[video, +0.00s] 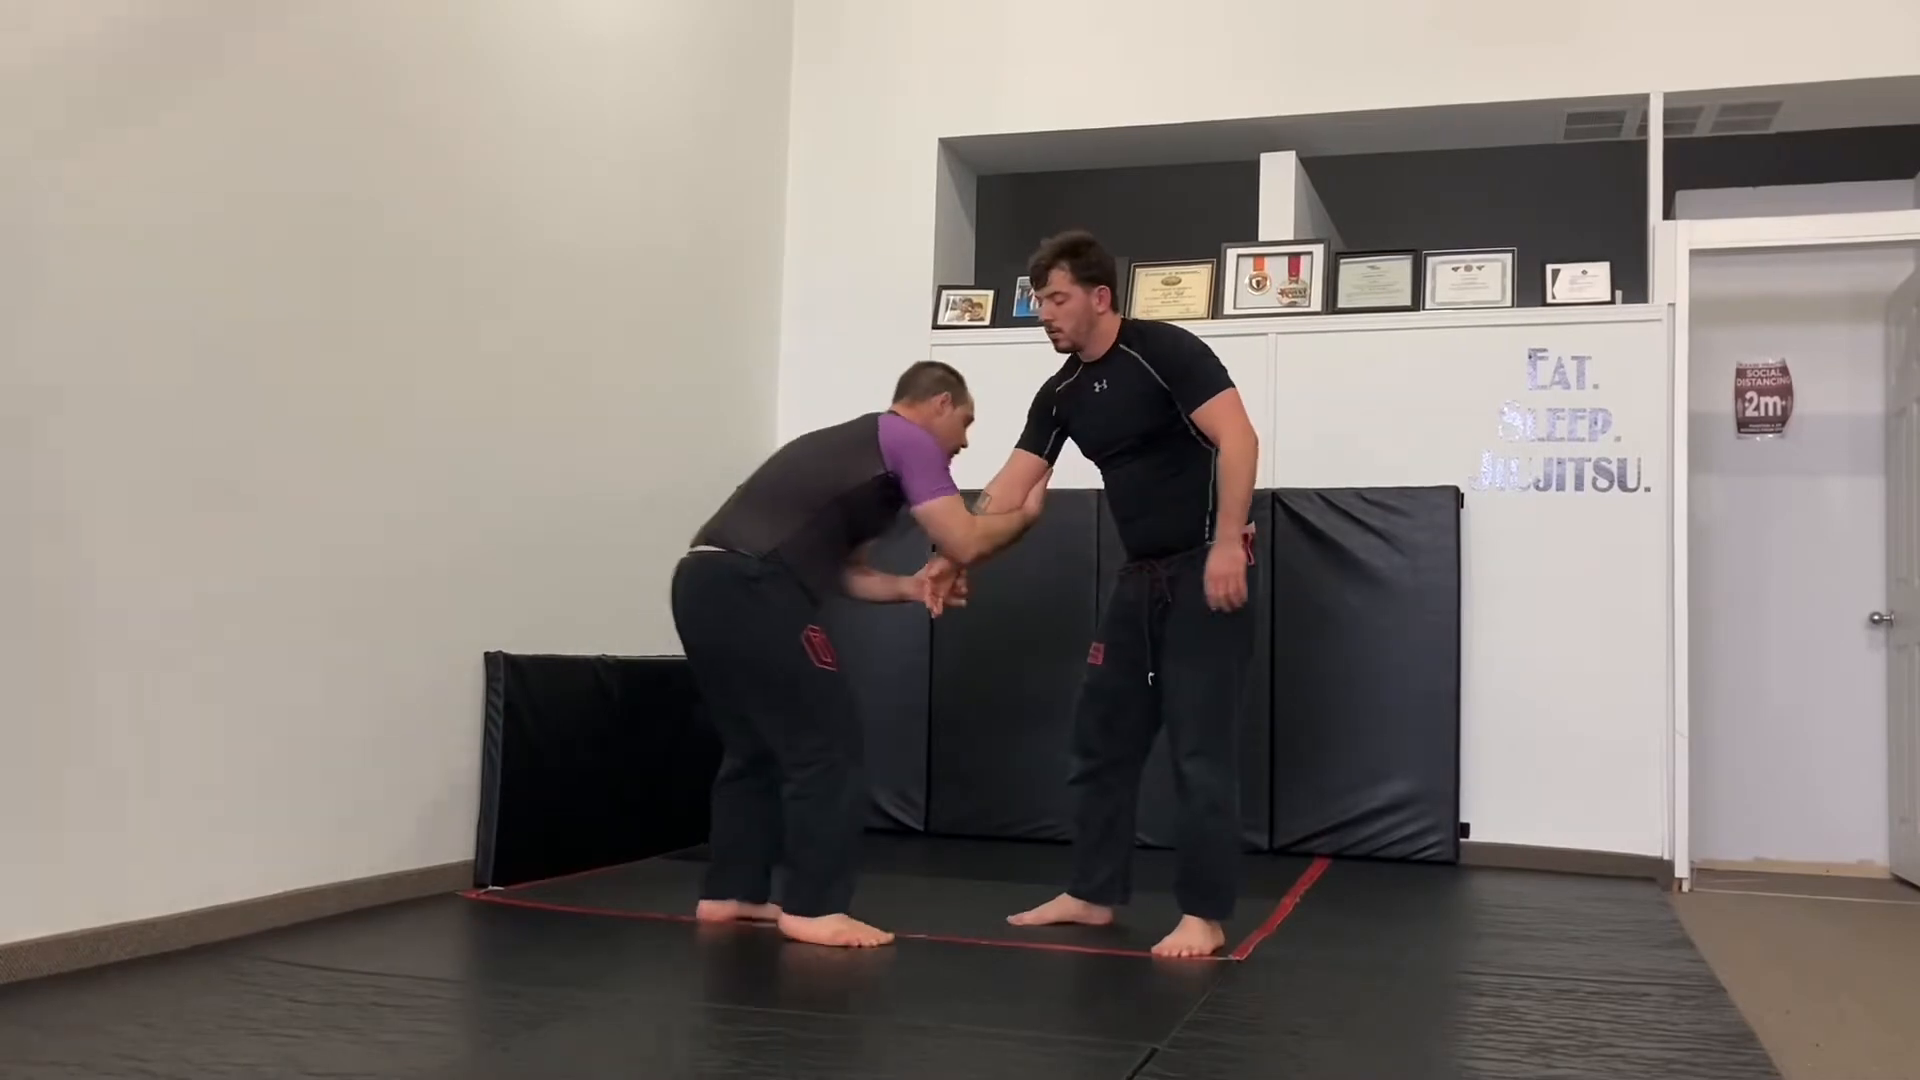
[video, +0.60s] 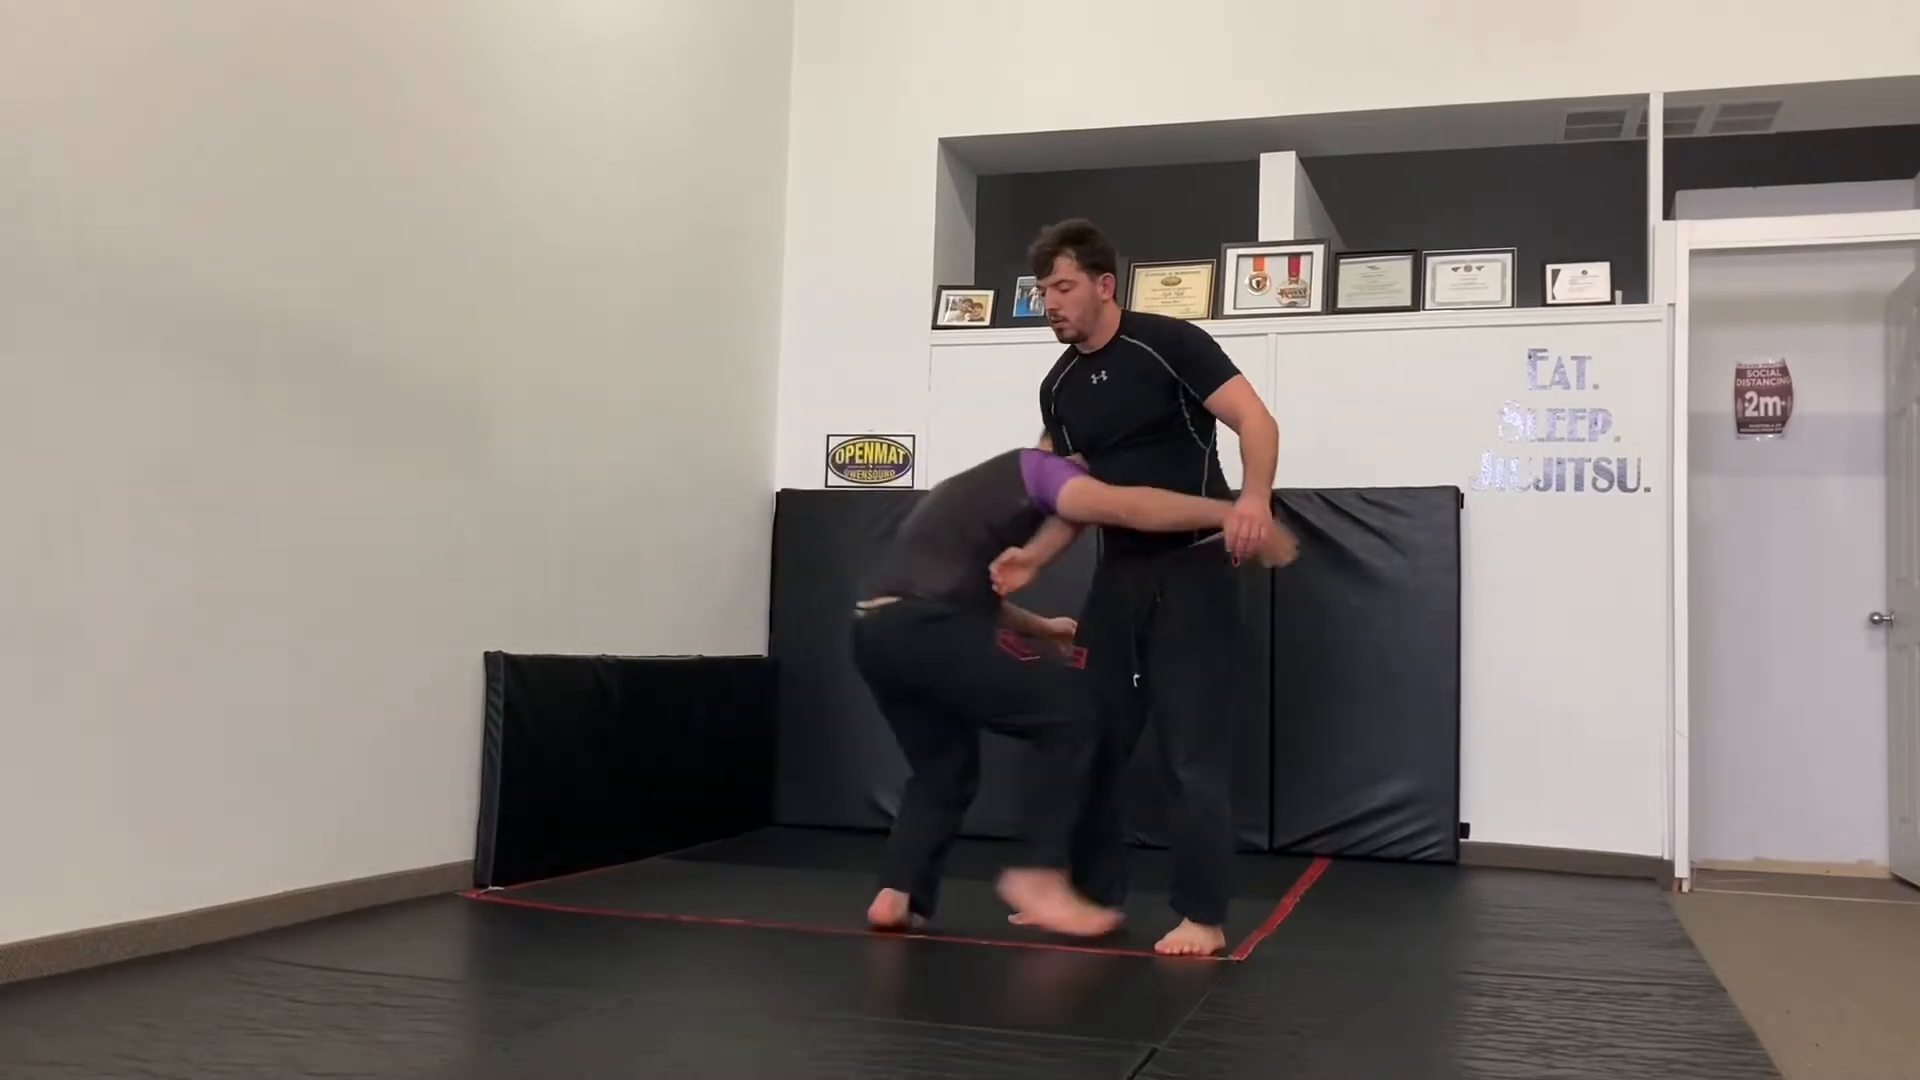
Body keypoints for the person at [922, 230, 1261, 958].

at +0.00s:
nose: (1044, 313)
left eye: (1055, 298)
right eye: (1040, 300)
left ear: (1102, 297)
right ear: (1058, 306)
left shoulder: (1164, 348)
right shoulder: (1060, 393)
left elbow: (1240, 440)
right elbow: (1009, 491)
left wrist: (1229, 542)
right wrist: (957, 560)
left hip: (1208, 566)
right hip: (1141, 573)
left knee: (1199, 742)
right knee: (1106, 732)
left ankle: (1206, 915)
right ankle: (1093, 894)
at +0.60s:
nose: (1048, 301)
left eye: (1061, 286)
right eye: (1043, 290)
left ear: (1106, 284)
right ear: (1048, 297)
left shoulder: (1169, 341)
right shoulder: (1060, 384)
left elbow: (1257, 422)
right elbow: (1068, 497)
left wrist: (1255, 498)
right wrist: (1032, 557)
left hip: (1195, 561)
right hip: (1121, 568)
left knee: (1192, 737)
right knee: (1103, 726)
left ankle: (1203, 916)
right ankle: (1097, 898)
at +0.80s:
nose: (1036, 312)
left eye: (1048, 297)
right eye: (1031, 300)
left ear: (1092, 292)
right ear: (1037, 305)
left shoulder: (1150, 341)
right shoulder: (1062, 393)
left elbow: (1221, 417)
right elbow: (1105, 489)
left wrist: (1185, 503)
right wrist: (1097, 575)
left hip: (1195, 562)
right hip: (1128, 568)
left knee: (1184, 732)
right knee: (1107, 723)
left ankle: (1200, 919)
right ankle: (1095, 888)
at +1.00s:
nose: (1045, 330)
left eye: (1052, 312)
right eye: (1038, 317)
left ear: (1096, 301)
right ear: (1056, 315)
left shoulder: (1148, 343)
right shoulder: (1097, 392)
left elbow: (1170, 430)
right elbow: (1154, 485)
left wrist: (1093, 518)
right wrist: (1148, 564)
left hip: (1219, 555)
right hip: (1171, 560)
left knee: (1188, 731)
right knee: (1121, 712)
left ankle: (1202, 918)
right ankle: (1085, 881)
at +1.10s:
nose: (1057, 346)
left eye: (1064, 329)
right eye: (1051, 334)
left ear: (1107, 318)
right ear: (1097, 327)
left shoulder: (1151, 357)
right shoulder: (1123, 393)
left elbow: (1147, 446)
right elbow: (1180, 491)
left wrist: (1060, 523)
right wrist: (1167, 574)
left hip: (1237, 561)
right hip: (1194, 567)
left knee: (1194, 734)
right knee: (1137, 723)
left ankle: (1206, 918)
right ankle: (1105, 891)